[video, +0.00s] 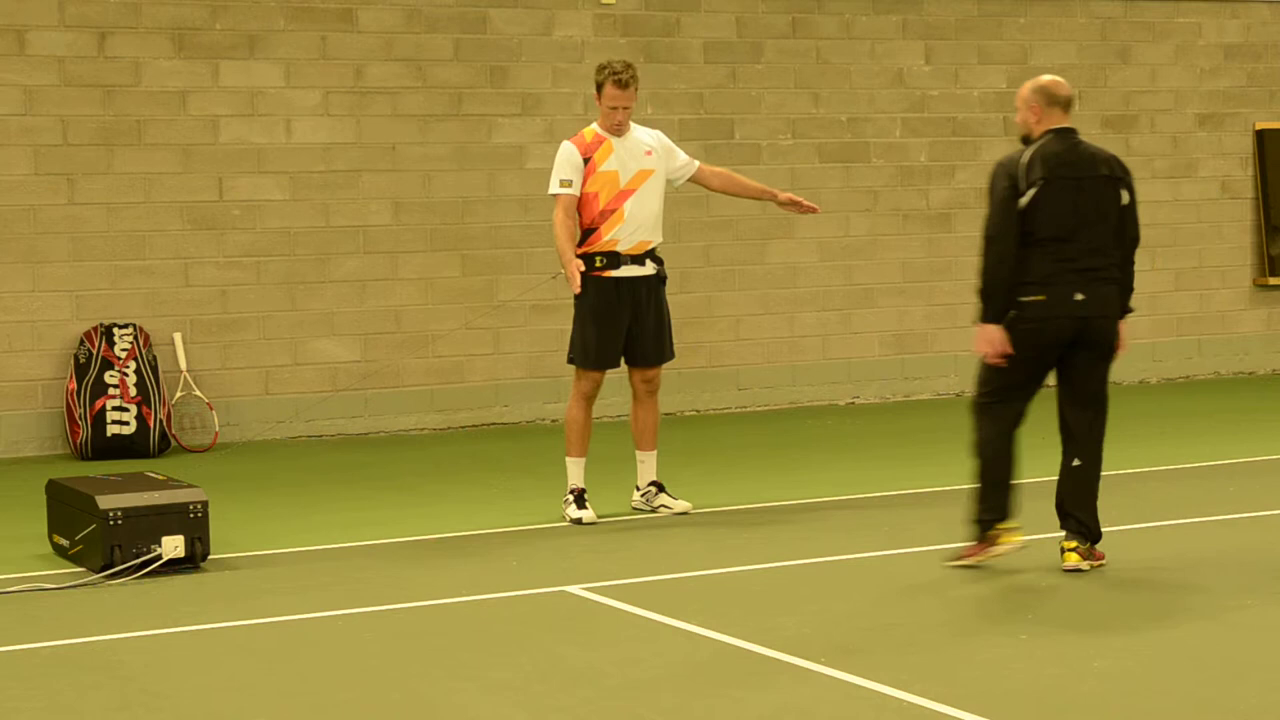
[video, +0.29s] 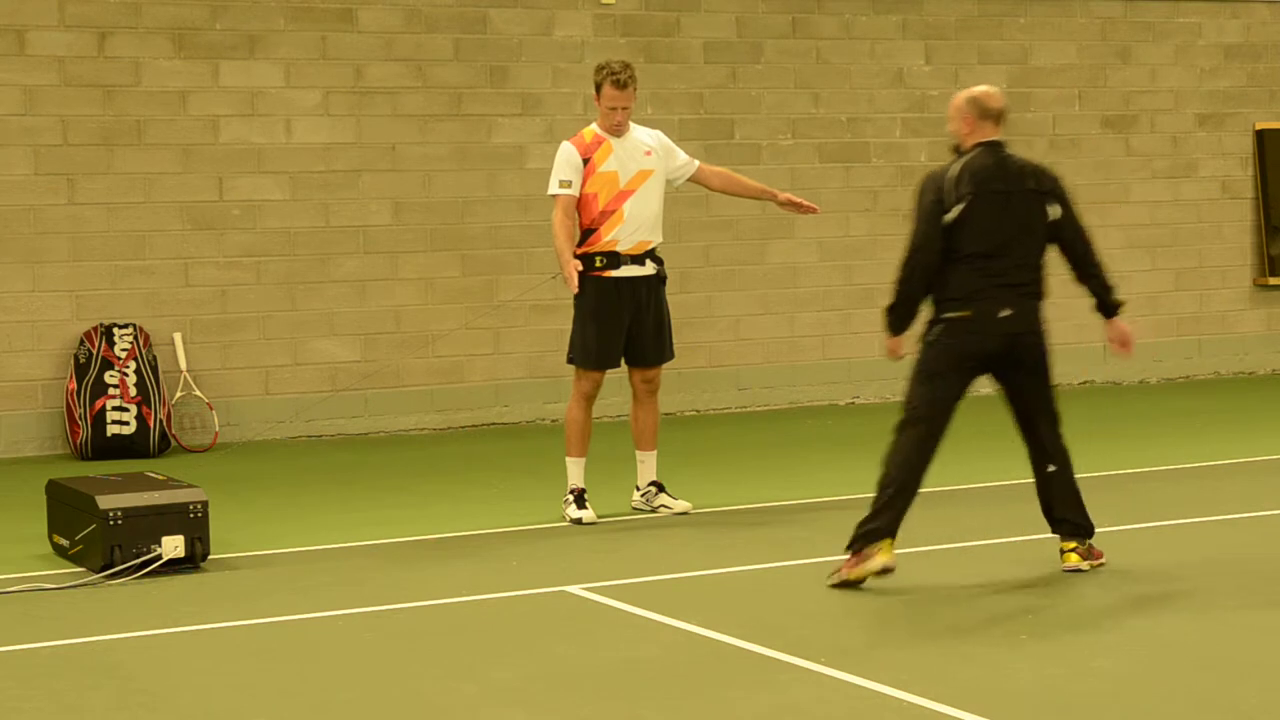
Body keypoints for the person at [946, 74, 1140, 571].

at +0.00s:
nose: (1018, 120)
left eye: (1020, 111)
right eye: (1019, 111)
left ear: (1034, 112)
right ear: (1065, 111)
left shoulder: (1016, 169)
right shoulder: (1112, 167)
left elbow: (1000, 246)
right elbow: (1126, 246)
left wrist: (991, 317)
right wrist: (1117, 311)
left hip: (1034, 318)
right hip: (1096, 319)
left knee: (995, 408)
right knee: (1084, 428)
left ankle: (994, 523)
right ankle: (1080, 539)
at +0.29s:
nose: (951, 129)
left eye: (953, 120)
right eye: (954, 119)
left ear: (966, 122)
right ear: (999, 122)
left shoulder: (943, 183)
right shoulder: (1039, 179)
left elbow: (923, 257)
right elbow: (1076, 246)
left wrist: (896, 320)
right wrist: (1110, 309)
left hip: (956, 331)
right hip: (1020, 329)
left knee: (916, 431)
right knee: (1044, 433)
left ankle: (874, 540)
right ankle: (1076, 540)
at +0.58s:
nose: (860, 135)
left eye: (861, 126)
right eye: (861, 125)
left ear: (872, 126)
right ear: (906, 121)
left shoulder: (867, 185)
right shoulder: (960, 174)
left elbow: (847, 268)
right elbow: (981, 252)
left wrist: (823, 343)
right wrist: (965, 308)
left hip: (894, 332)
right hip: (956, 326)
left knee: (871, 445)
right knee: (977, 434)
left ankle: (871, 559)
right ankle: (1020, 540)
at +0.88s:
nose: (830, 135)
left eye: (829, 126)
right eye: (830, 126)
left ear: (840, 124)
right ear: (876, 117)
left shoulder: (844, 185)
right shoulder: (934, 165)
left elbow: (824, 266)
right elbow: (951, 241)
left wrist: (791, 339)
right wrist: (921, 290)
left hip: (883, 325)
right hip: (946, 316)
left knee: (871, 445)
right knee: (945, 432)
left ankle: (871, 562)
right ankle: (972, 548)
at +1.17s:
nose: (848, 127)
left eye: (849, 119)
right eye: (850, 118)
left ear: (859, 118)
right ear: (897, 115)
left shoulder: (858, 180)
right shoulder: (947, 169)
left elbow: (850, 264)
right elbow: (962, 253)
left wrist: (837, 337)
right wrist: (955, 312)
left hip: (888, 328)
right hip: (947, 321)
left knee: (871, 446)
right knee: (951, 438)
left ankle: (872, 563)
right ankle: (972, 551)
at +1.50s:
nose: (815, 136)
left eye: (816, 127)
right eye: (816, 126)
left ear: (829, 126)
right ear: (861, 124)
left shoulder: (831, 183)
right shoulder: (909, 176)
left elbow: (823, 265)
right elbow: (935, 257)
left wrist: (796, 336)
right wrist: (940, 324)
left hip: (860, 330)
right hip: (917, 324)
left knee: (807, 432)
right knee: (931, 437)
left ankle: (799, 556)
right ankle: (967, 549)